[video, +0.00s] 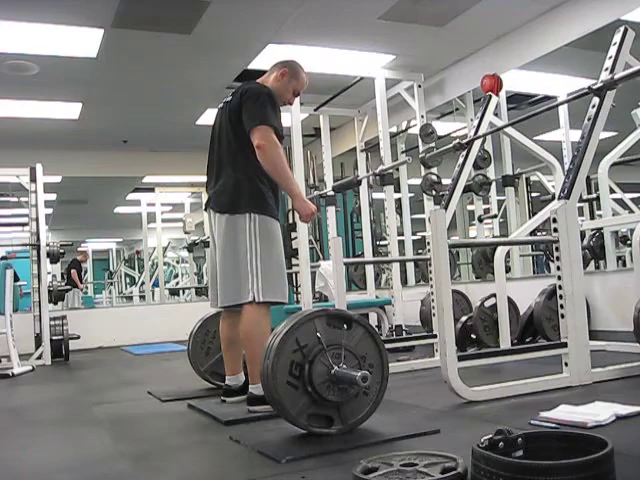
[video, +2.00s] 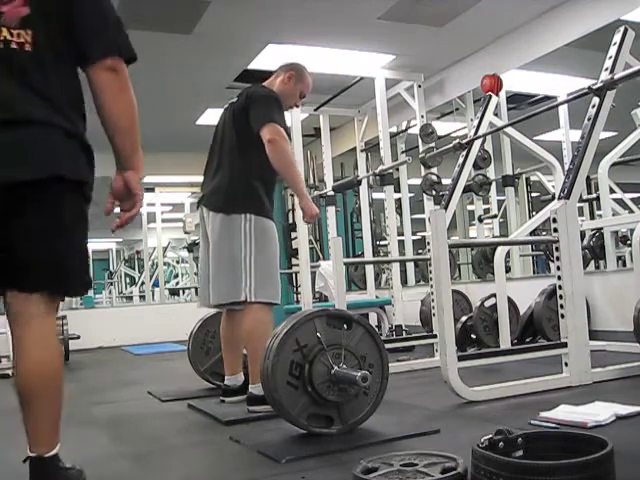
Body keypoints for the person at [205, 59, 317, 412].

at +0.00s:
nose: (292, 100)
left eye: (296, 96)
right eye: (294, 92)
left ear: (272, 72)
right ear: (281, 74)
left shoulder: (231, 103)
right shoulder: (258, 93)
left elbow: (218, 166)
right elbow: (264, 141)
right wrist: (298, 197)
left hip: (222, 208)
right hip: (248, 207)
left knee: (231, 303)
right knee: (257, 300)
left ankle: (234, 383)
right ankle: (260, 390)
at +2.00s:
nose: (298, 103)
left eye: (303, 99)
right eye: (301, 94)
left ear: (277, 76)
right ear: (285, 77)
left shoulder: (237, 104)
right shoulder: (263, 95)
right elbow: (272, 137)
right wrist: (303, 196)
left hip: (220, 207)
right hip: (245, 208)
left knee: (234, 302)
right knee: (259, 301)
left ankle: (233, 383)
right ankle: (260, 389)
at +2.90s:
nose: (272, 76)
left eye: (272, 69)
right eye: (270, 68)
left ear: (239, 66)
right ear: (256, 62)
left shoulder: (220, 103)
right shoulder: (250, 94)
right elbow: (284, 132)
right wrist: (340, 148)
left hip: (222, 210)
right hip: (249, 210)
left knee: (234, 300)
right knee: (262, 298)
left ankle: (233, 382)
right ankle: (260, 389)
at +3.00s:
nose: (259, 69)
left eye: (258, 63)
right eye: (257, 62)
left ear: (225, 64)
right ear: (242, 61)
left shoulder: (209, 104)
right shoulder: (244, 93)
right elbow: (301, 98)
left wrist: (290, 108)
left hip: (224, 211)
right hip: (255, 209)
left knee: (238, 302)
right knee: (266, 299)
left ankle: (233, 382)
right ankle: (260, 390)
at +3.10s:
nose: (253, 68)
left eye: (252, 63)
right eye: (250, 61)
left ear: (219, 66)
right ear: (235, 60)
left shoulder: (208, 102)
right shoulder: (238, 90)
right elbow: (292, 66)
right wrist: (330, 28)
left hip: (227, 208)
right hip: (254, 204)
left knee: (245, 299)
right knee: (266, 299)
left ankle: (233, 383)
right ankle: (259, 389)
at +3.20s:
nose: (255, 64)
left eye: (254, 60)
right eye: (251, 60)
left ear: (219, 66)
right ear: (239, 61)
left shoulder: (207, 102)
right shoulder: (240, 87)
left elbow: (240, 72)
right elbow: (286, 32)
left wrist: (253, 44)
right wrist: (297, 6)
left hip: (231, 205)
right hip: (257, 199)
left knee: (247, 296)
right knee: (267, 297)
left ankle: (234, 382)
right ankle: (260, 389)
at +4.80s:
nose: (268, 66)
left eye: (264, 61)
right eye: (265, 61)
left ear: (233, 65)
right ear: (255, 64)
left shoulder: (217, 91)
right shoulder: (247, 79)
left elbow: (239, 56)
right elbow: (277, 25)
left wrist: (248, 30)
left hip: (222, 197)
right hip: (249, 193)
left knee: (237, 301)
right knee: (262, 298)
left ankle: (234, 383)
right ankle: (261, 388)